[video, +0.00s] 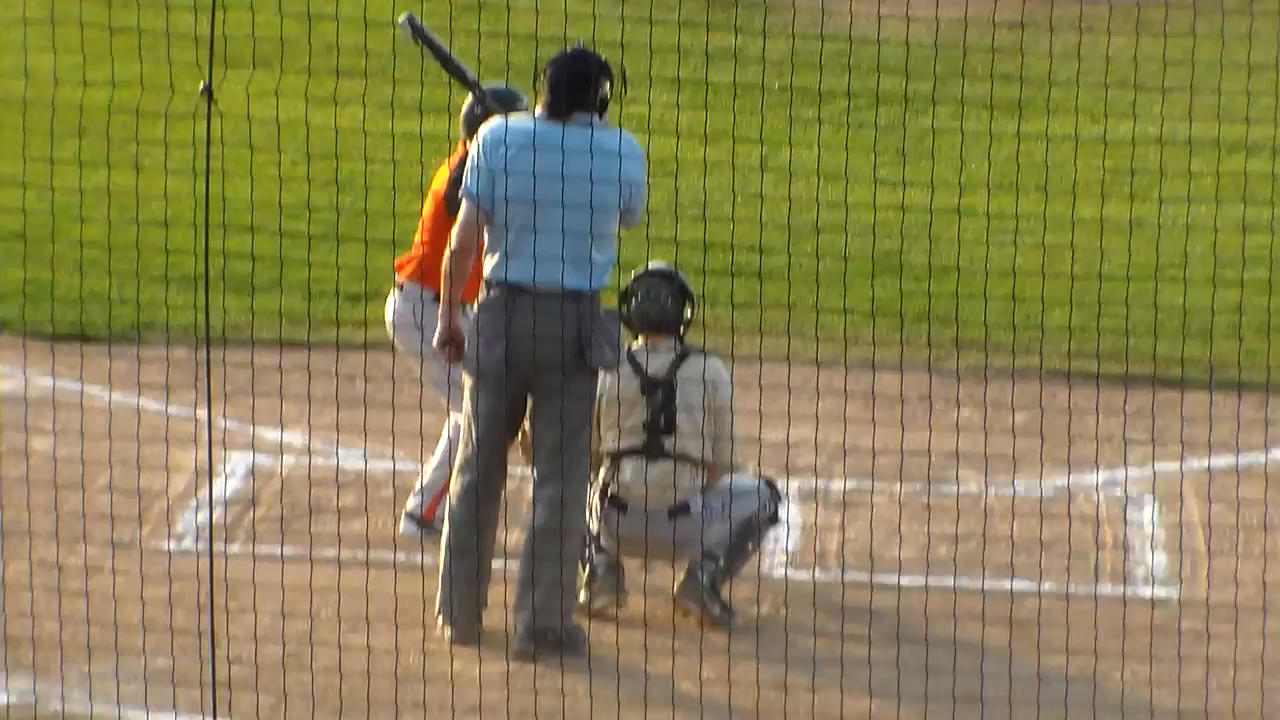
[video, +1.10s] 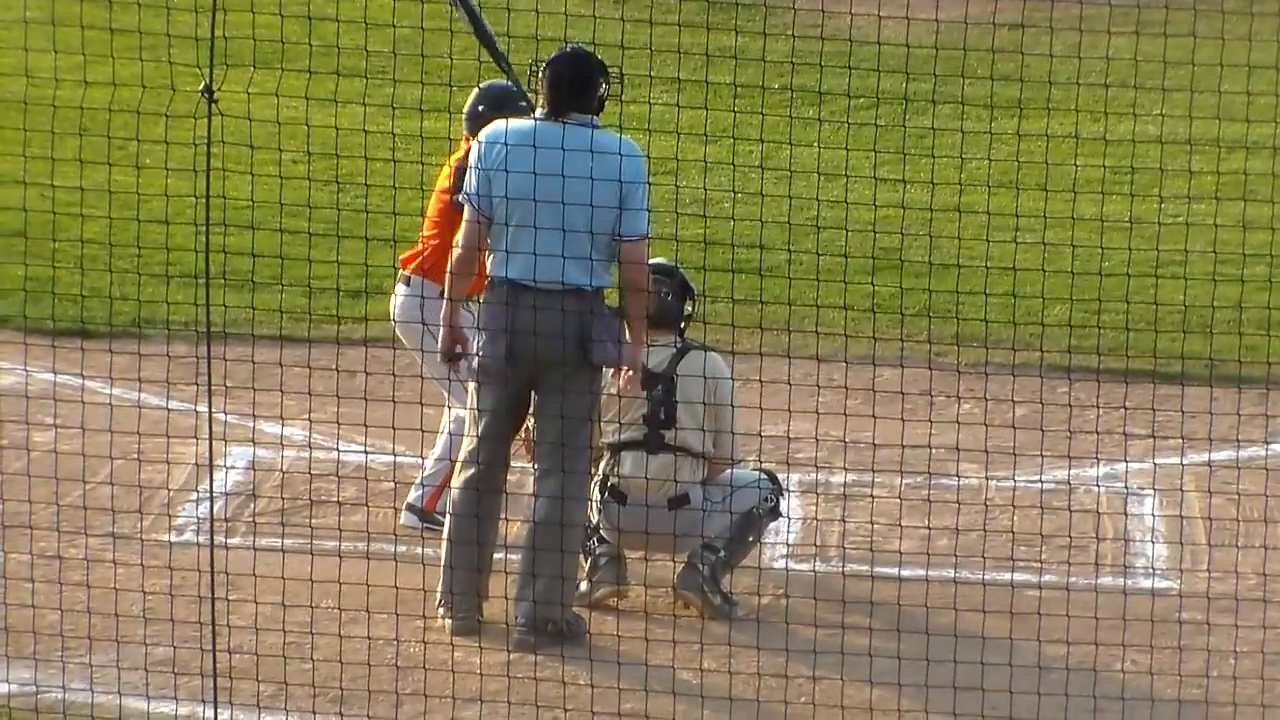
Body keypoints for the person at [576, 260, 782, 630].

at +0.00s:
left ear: (630, 316)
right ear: (683, 315)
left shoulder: (608, 371)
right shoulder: (710, 371)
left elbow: (594, 455)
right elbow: (720, 465)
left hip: (617, 524)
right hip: (680, 527)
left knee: (595, 477)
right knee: (765, 496)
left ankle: (603, 572)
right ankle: (704, 577)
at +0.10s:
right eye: (685, 346)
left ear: (633, 357)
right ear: (686, 356)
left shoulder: (611, 409)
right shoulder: (713, 409)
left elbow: (596, 492)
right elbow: (722, 504)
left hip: (620, 563)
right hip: (684, 565)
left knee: (595, 516)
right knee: (767, 534)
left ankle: (606, 610)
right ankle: (706, 616)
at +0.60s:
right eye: (682, 333)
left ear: (630, 342)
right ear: (680, 344)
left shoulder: (607, 394)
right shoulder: (707, 395)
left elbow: (592, 475)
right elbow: (720, 489)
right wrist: (684, 515)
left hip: (616, 548)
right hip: (680, 549)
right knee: (764, 519)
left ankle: (601, 592)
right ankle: (703, 600)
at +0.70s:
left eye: (634, 322)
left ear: (630, 335)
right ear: (681, 337)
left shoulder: (609, 388)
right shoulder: (709, 388)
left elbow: (595, 470)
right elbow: (721, 481)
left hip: (617, 539)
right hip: (683, 541)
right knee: (766, 511)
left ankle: (603, 582)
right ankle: (704, 592)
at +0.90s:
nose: (637, 311)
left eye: (638, 306)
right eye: (637, 305)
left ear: (627, 321)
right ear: (680, 323)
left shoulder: (607, 375)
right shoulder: (707, 376)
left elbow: (590, 461)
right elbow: (719, 473)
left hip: (615, 527)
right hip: (681, 530)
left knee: (586, 488)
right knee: (765, 500)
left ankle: (603, 573)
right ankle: (703, 582)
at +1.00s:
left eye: (635, 300)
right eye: (684, 303)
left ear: (628, 309)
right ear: (681, 314)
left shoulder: (606, 364)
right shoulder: (709, 366)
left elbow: (587, 451)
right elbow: (720, 464)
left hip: (616, 518)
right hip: (683, 520)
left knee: (581, 474)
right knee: (766, 489)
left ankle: (604, 564)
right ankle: (704, 571)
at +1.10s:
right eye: (683, 302)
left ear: (629, 308)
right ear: (680, 313)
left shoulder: (607, 362)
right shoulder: (709, 364)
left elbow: (591, 447)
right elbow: (720, 461)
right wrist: (678, 476)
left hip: (617, 517)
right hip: (682, 519)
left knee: (599, 473)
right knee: (766, 488)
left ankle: (604, 564)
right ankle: (704, 570)